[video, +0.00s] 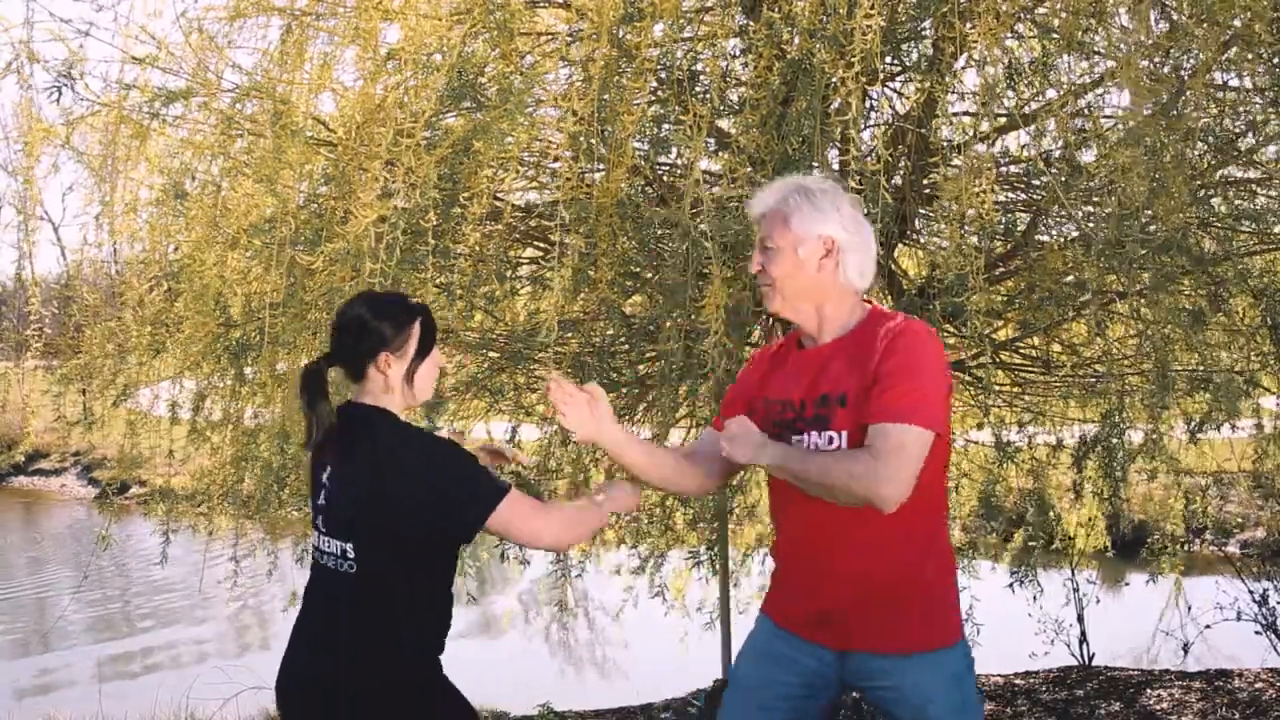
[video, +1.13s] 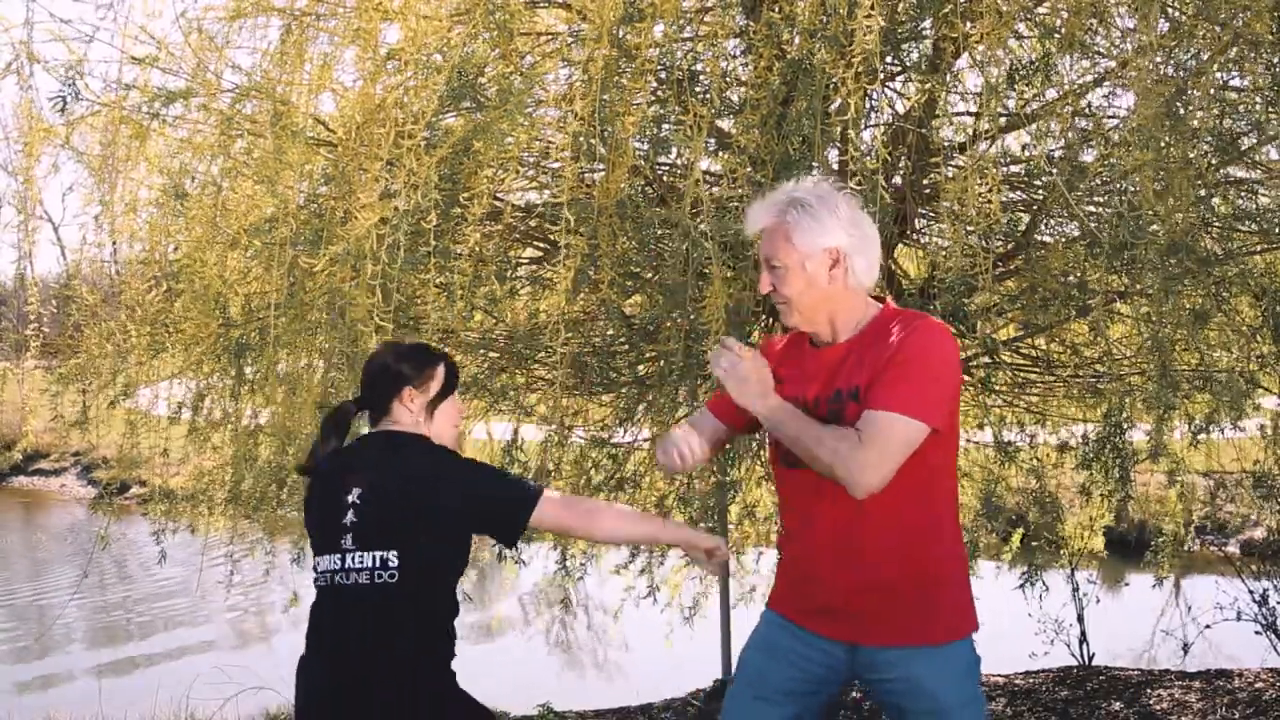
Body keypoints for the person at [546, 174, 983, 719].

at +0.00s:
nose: (753, 265)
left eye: (768, 249)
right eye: (757, 249)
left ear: (826, 254)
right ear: (819, 256)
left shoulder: (906, 345)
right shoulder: (769, 367)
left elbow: (886, 482)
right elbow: (698, 472)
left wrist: (767, 451)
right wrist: (611, 435)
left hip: (912, 644)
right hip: (791, 634)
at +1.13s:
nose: (764, 286)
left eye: (776, 268)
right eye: (764, 268)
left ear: (833, 264)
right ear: (829, 265)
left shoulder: (923, 342)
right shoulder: (778, 356)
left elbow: (864, 468)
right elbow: (705, 429)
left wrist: (767, 403)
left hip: (921, 638)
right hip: (797, 628)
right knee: (740, 710)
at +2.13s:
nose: (841, 263)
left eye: (863, 251)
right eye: (842, 247)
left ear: (918, 269)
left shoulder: (921, 351)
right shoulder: (830, 346)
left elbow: (791, 471)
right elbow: (779, 448)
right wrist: (807, 508)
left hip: (913, 640)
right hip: (809, 624)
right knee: (751, 712)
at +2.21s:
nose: (841, 264)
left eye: (864, 252)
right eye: (841, 247)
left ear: (919, 268)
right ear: (835, 253)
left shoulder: (925, 349)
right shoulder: (834, 347)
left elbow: (799, 473)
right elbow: (785, 470)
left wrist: (727, 507)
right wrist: (839, 517)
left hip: (914, 639)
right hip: (808, 625)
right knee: (752, 711)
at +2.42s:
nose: (854, 262)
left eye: (876, 250)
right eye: (854, 246)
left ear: (931, 265)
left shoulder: (945, 351)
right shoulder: (833, 348)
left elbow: (813, 469)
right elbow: (790, 475)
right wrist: (865, 510)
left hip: (925, 640)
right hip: (815, 627)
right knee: (761, 710)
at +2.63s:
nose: (859, 271)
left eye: (879, 256)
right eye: (859, 254)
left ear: (937, 267)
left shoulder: (958, 361)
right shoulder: (843, 346)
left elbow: (825, 472)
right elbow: (790, 460)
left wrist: (732, 492)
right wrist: (871, 521)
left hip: (927, 642)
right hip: (818, 625)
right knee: (762, 710)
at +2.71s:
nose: (860, 270)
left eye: (880, 256)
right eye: (862, 253)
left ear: (940, 268)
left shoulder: (959, 363)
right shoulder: (846, 344)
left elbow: (828, 472)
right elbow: (792, 465)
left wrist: (728, 481)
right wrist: (875, 522)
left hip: (927, 643)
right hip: (818, 625)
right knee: (762, 709)